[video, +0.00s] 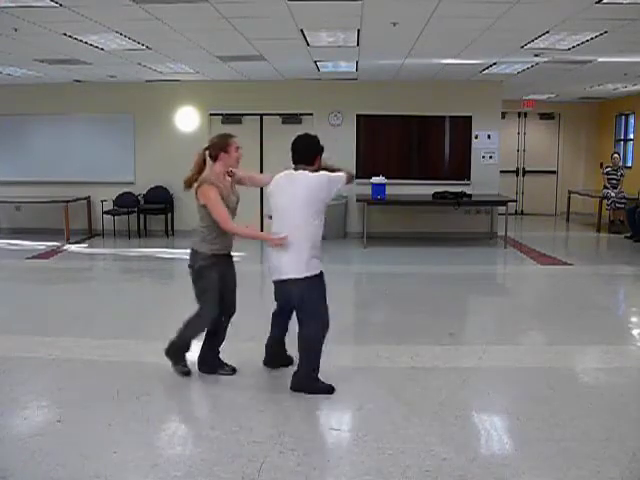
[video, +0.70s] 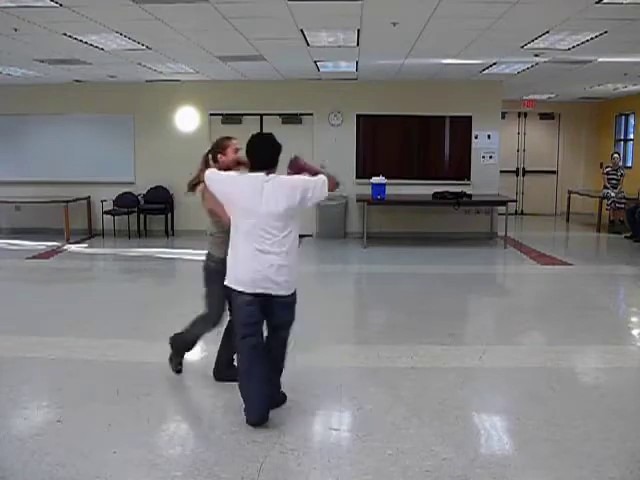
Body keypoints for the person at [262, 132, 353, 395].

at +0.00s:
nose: (320, 159)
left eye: (318, 156)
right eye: (319, 156)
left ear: (293, 156)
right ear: (317, 159)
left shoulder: (276, 181)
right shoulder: (321, 181)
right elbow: (348, 176)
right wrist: (324, 169)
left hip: (278, 267)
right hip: (306, 268)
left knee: (282, 311)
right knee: (315, 323)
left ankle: (274, 352)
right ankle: (306, 377)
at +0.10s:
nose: (321, 162)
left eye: (319, 158)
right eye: (321, 158)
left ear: (293, 158)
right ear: (318, 160)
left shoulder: (276, 179)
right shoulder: (325, 183)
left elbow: (257, 206)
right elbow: (354, 186)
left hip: (280, 271)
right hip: (311, 272)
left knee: (281, 320)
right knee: (316, 326)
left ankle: (276, 372)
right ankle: (310, 385)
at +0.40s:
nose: (306, 164)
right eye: (307, 160)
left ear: (278, 159)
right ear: (306, 162)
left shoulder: (259, 183)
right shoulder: (316, 189)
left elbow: (228, 192)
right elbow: (332, 208)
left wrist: (236, 220)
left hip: (268, 280)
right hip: (306, 279)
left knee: (262, 340)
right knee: (314, 336)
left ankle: (255, 409)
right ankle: (314, 390)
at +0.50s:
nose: (294, 164)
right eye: (295, 160)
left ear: (266, 160)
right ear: (294, 163)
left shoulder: (249, 186)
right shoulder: (306, 190)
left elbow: (214, 191)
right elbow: (332, 203)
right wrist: (303, 188)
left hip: (258, 282)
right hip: (296, 280)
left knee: (256, 343)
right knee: (306, 336)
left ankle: (257, 415)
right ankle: (309, 392)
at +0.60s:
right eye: (283, 158)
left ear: (256, 160)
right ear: (285, 161)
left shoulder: (241, 186)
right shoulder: (298, 189)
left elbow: (207, 185)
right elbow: (335, 197)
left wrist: (214, 174)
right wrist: (309, 187)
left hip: (251, 281)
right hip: (288, 280)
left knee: (254, 343)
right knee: (292, 336)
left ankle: (258, 415)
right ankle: (285, 393)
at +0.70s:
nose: (241, 156)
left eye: (244, 153)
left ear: (249, 159)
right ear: (278, 159)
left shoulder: (234, 183)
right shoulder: (293, 186)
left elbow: (208, 174)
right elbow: (332, 183)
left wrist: (234, 166)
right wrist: (307, 168)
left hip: (243, 280)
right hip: (281, 280)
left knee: (248, 340)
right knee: (279, 335)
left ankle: (255, 410)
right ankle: (273, 392)